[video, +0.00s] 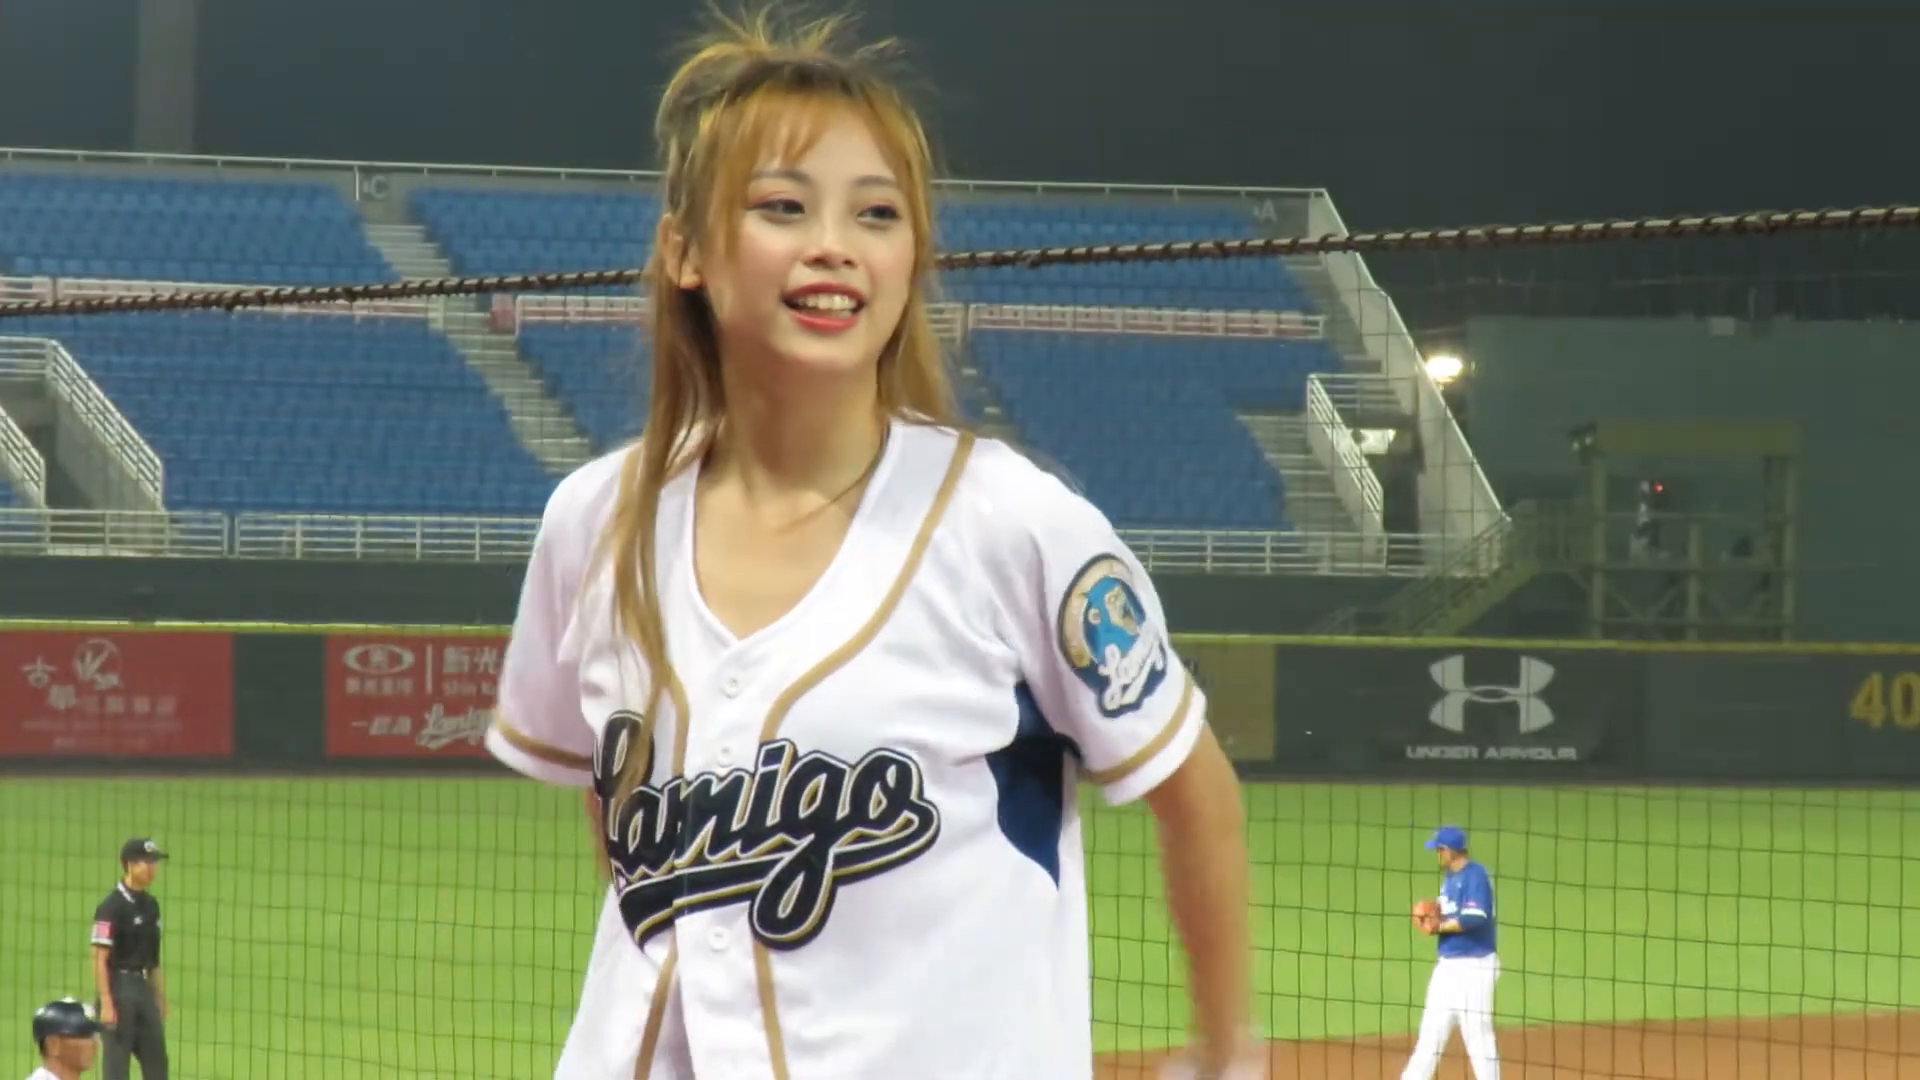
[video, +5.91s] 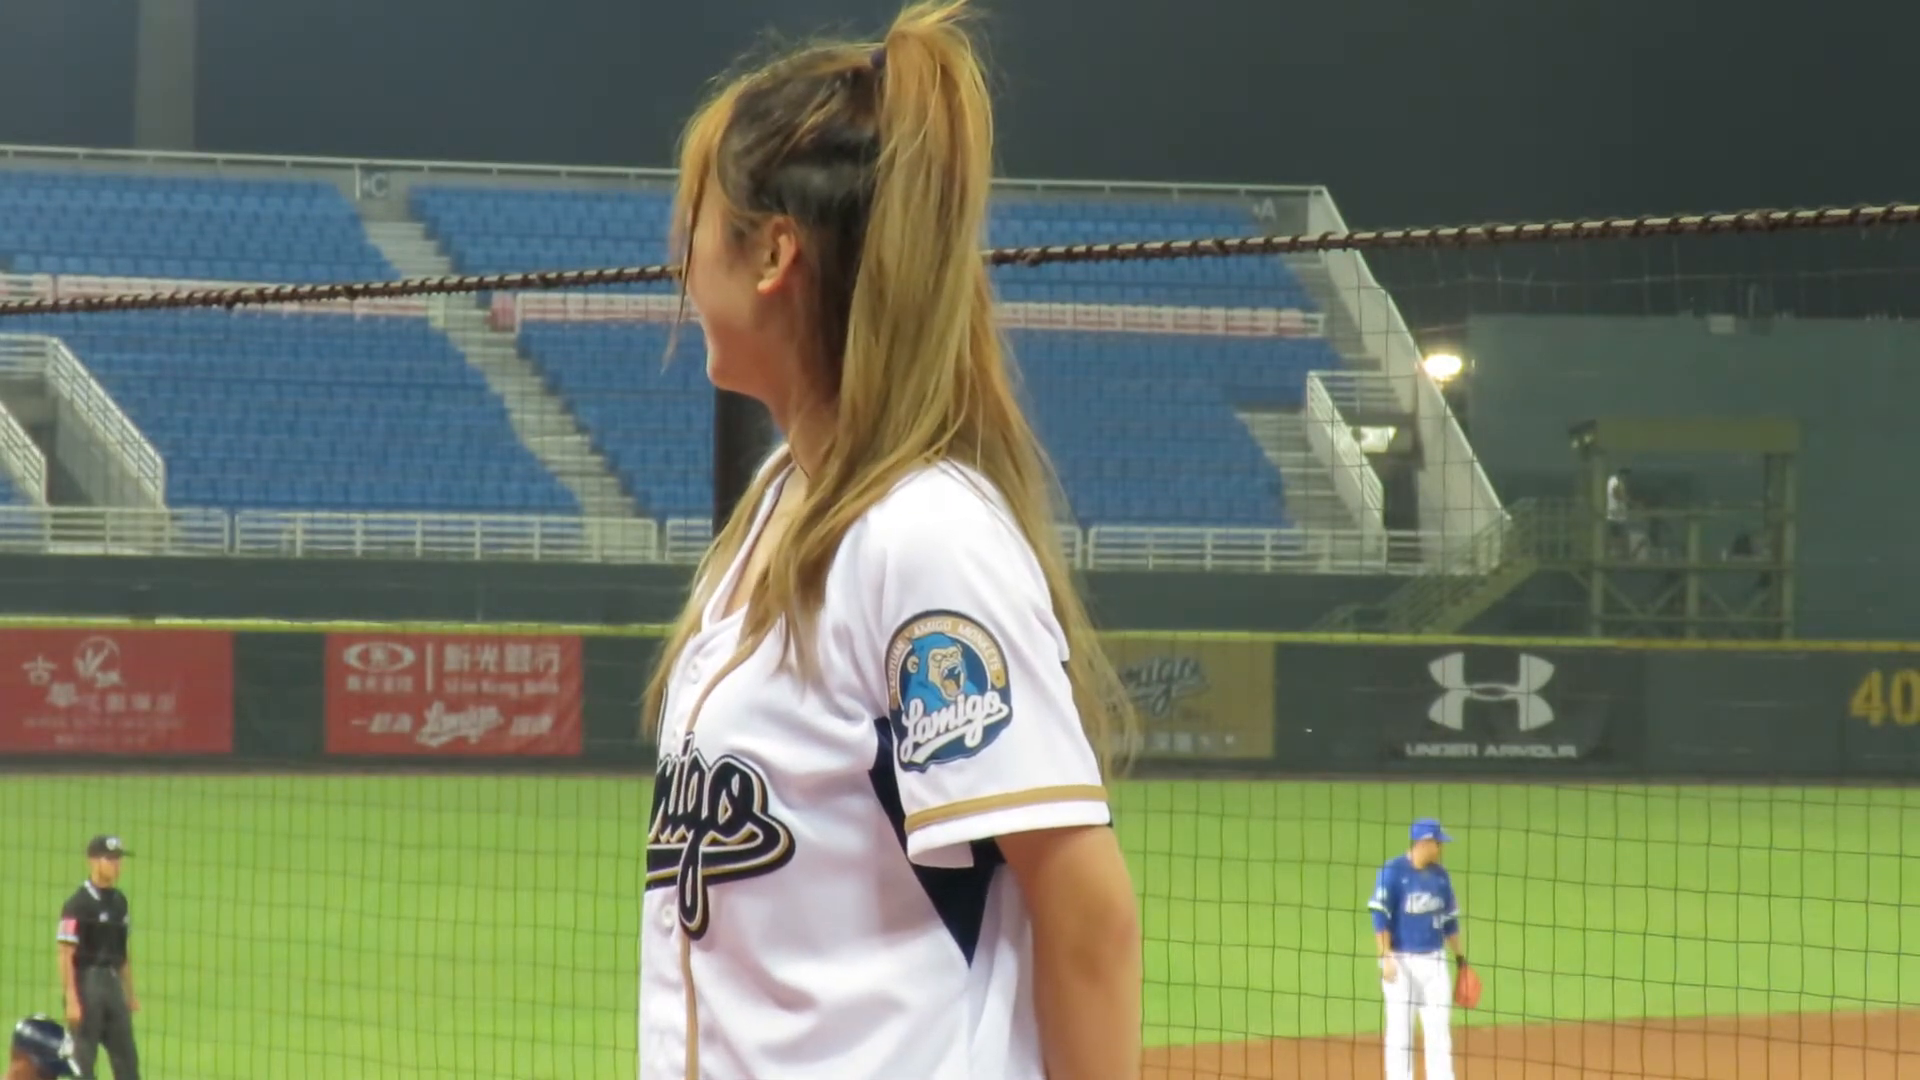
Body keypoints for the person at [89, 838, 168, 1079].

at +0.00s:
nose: (151, 869)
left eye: (154, 863)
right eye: (145, 863)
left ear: (156, 865)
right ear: (128, 865)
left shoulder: (151, 905)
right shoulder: (111, 906)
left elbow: (153, 959)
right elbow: (100, 958)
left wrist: (160, 997)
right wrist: (106, 1003)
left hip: (143, 977)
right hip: (118, 977)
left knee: (156, 1059)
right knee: (117, 1060)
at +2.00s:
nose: (165, 859)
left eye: (163, 854)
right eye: (160, 855)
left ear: (150, 859)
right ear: (147, 859)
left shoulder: (158, 894)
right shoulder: (128, 896)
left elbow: (154, 943)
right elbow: (116, 950)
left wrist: (161, 981)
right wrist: (135, 990)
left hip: (157, 968)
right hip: (136, 969)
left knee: (156, 1045)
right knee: (134, 1047)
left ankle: (152, 1074)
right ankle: (130, 1074)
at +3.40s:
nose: (139, 862)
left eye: (142, 857)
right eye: (134, 856)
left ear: (146, 860)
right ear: (119, 857)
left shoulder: (144, 899)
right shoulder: (101, 898)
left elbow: (148, 947)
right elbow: (88, 948)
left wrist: (163, 986)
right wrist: (96, 992)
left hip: (133, 972)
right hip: (107, 971)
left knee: (138, 1055)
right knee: (97, 1053)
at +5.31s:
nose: (116, 866)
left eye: (118, 860)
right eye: (109, 860)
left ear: (121, 862)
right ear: (94, 861)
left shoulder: (120, 901)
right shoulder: (78, 903)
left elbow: (122, 952)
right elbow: (65, 954)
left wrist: (129, 990)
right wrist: (72, 999)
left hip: (113, 973)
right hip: (87, 973)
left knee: (125, 1054)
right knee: (83, 1053)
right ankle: (81, 1074)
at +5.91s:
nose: (116, 865)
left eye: (118, 859)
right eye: (110, 859)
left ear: (119, 862)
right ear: (94, 861)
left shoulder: (119, 901)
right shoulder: (77, 904)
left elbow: (121, 952)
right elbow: (65, 954)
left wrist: (129, 992)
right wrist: (72, 1000)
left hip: (113, 973)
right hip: (86, 972)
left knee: (125, 1051)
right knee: (84, 1052)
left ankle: (127, 1076)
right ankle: (82, 1074)